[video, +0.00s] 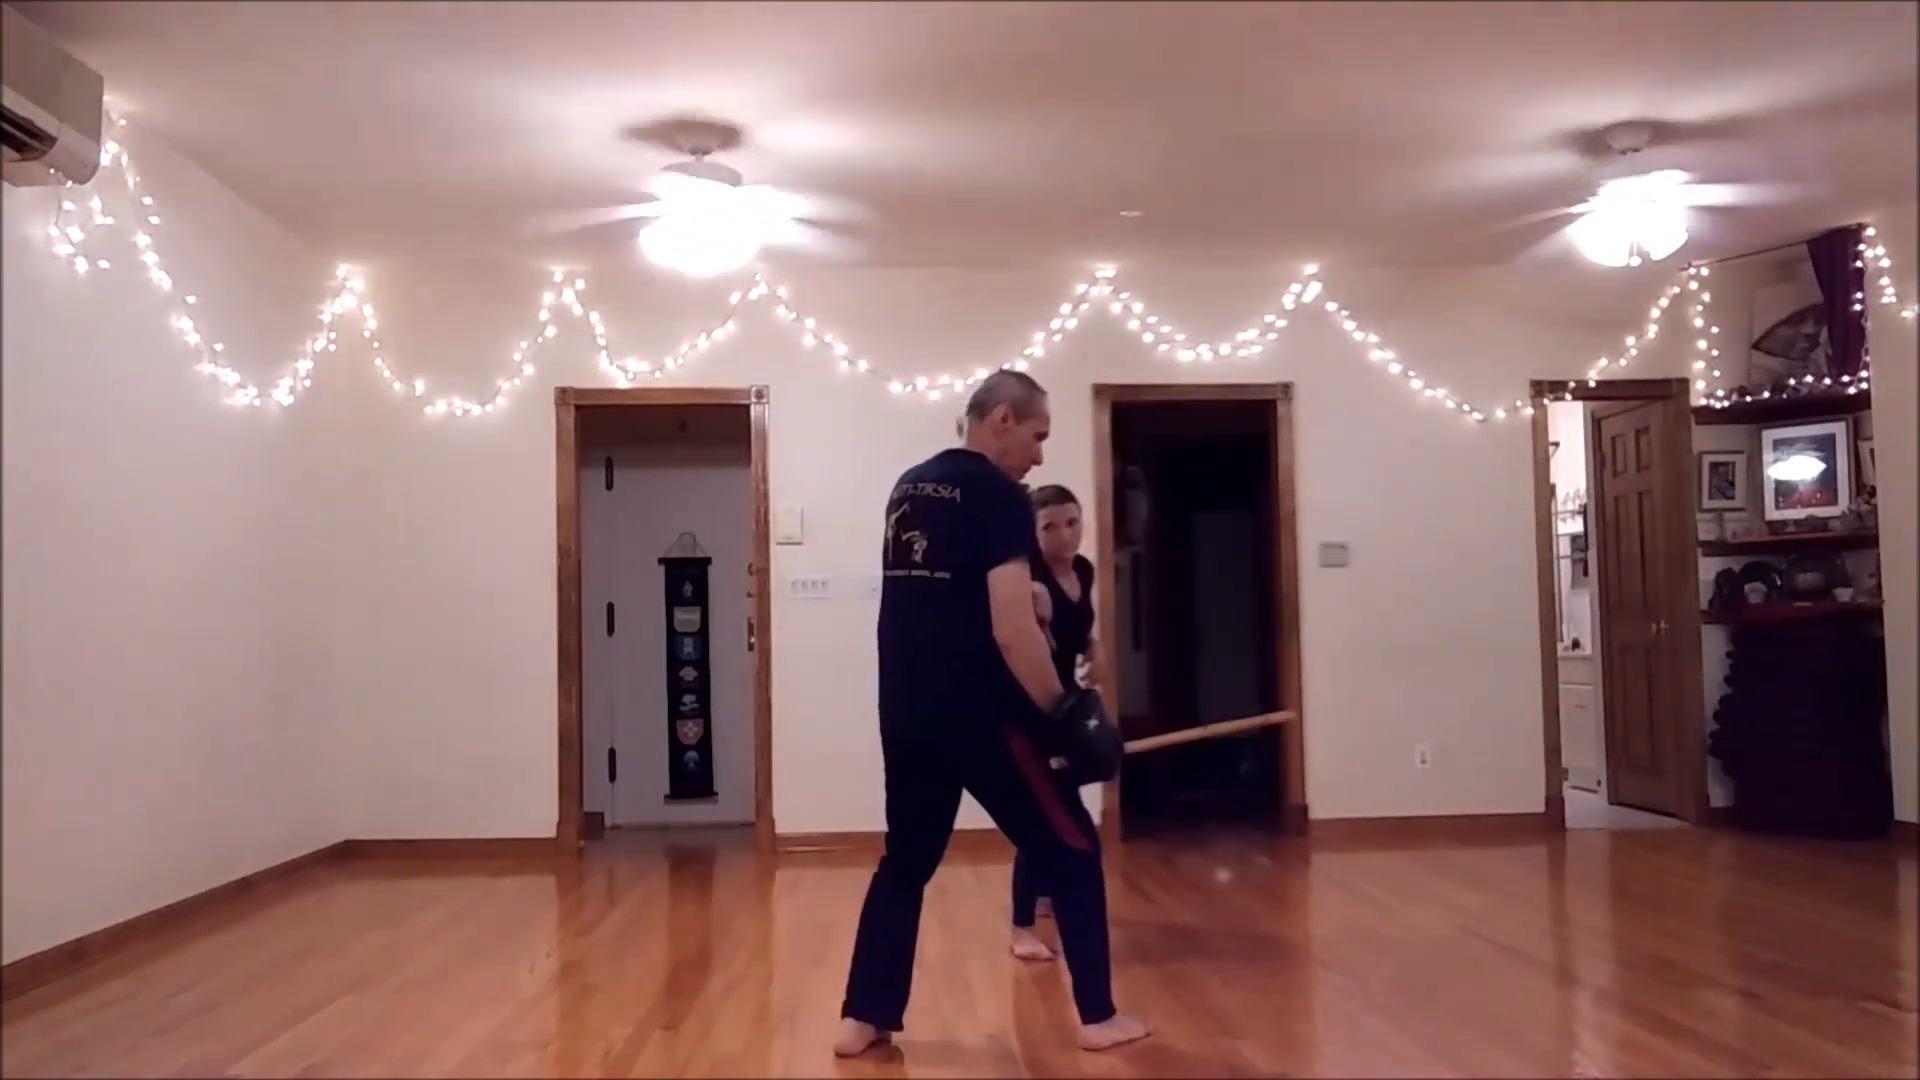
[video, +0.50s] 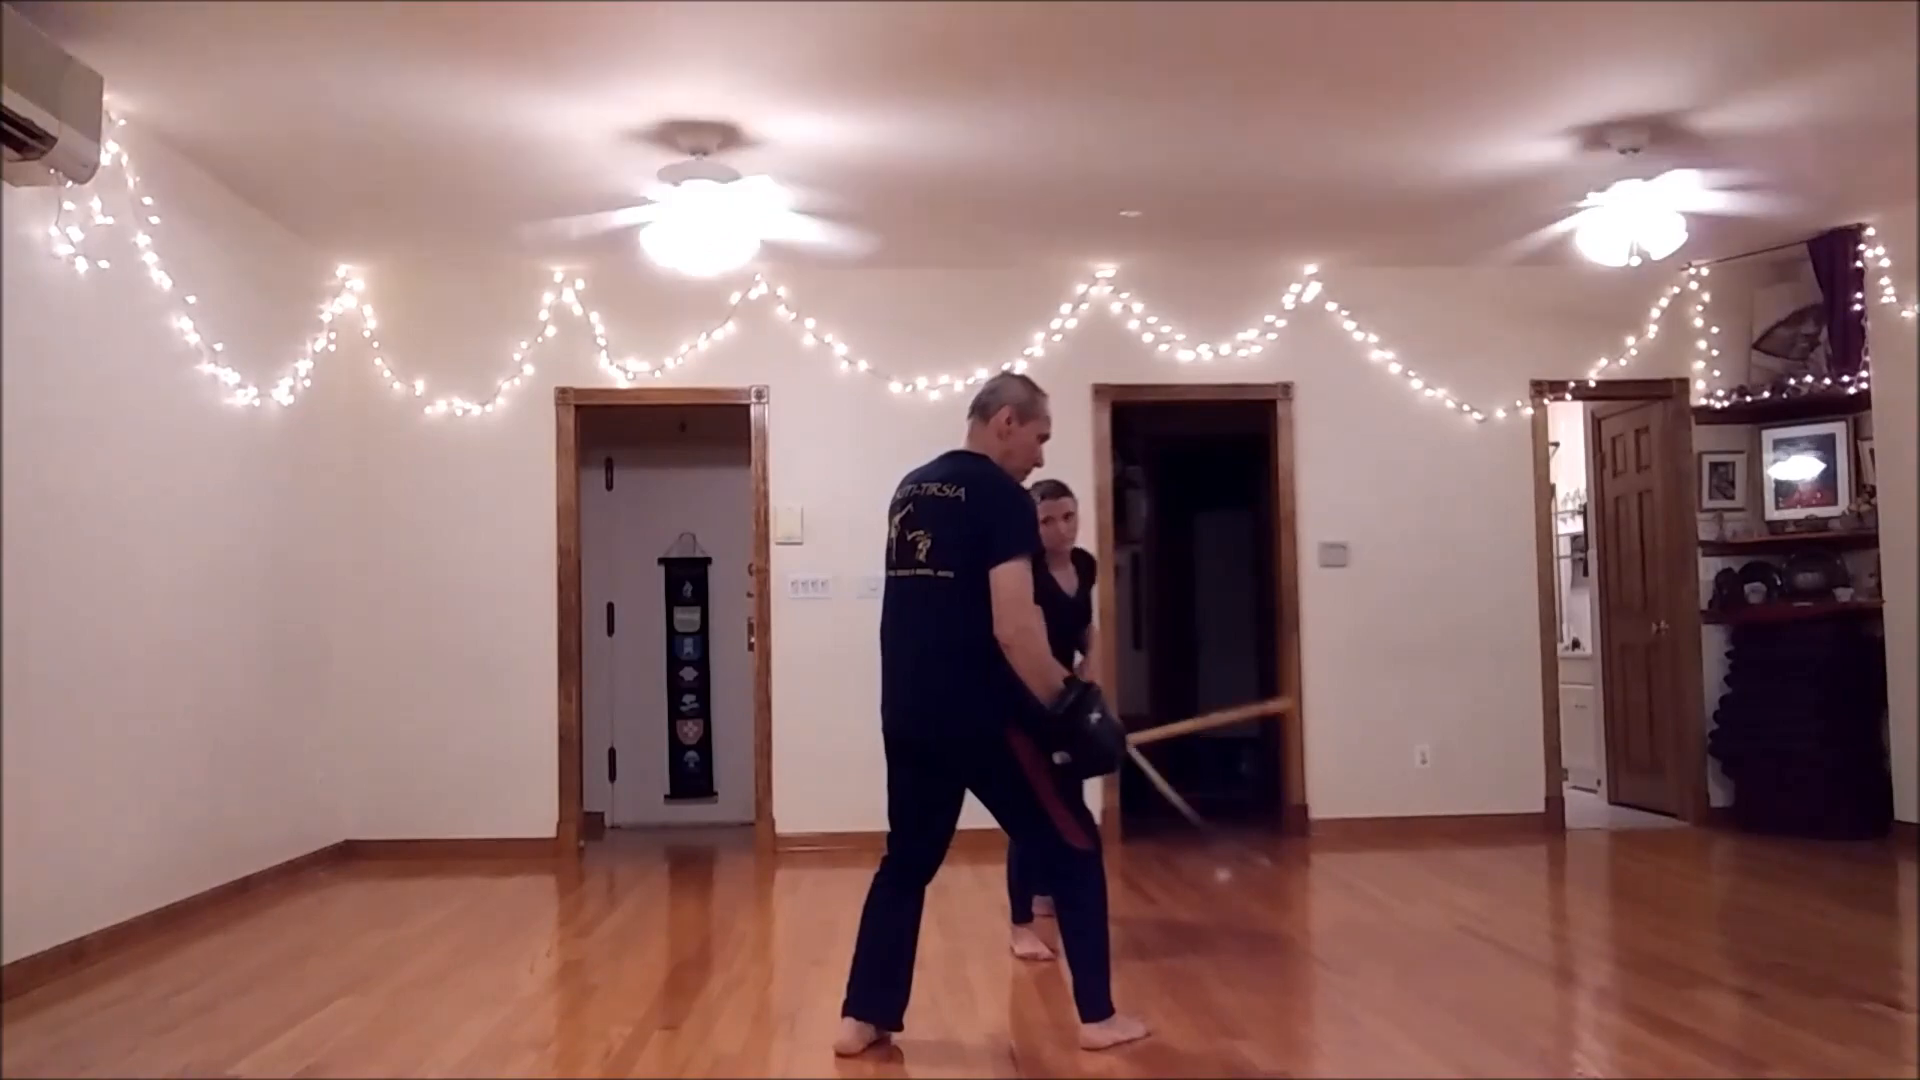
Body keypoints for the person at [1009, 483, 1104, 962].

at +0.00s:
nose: (1066, 533)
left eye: (1073, 523)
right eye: (1053, 525)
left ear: (1082, 526)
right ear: (1034, 532)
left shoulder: (1083, 572)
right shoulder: (1029, 582)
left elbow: (1083, 629)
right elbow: (1030, 646)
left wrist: (1096, 656)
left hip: (1067, 694)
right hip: (1027, 700)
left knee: (1054, 810)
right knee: (1048, 813)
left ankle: (1043, 915)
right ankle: (1023, 925)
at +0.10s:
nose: (1066, 534)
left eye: (1073, 523)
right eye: (1054, 526)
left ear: (1081, 526)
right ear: (1035, 533)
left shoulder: (1082, 572)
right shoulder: (1033, 584)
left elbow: (1087, 635)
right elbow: (1040, 646)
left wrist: (1099, 677)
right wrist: (1063, 700)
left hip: (1067, 692)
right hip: (1029, 698)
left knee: (1057, 808)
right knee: (1041, 813)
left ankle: (1052, 915)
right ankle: (1022, 925)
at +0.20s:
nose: (1067, 533)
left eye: (1072, 523)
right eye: (1055, 526)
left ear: (1081, 525)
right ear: (1036, 533)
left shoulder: (1081, 571)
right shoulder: (1033, 582)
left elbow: (1086, 631)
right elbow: (1052, 641)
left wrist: (1096, 659)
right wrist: (1074, 669)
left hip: (1071, 692)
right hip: (1031, 697)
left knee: (1061, 808)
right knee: (1037, 815)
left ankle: (1057, 915)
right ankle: (1022, 925)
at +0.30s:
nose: (1066, 533)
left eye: (1072, 522)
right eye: (1054, 525)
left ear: (1080, 524)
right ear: (1035, 531)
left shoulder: (1081, 570)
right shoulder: (1029, 577)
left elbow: (1086, 630)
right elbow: (1051, 638)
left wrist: (1094, 666)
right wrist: (1083, 677)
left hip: (1069, 691)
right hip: (1027, 696)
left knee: (1062, 807)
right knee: (1034, 816)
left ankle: (1052, 909)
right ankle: (1022, 924)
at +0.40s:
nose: (1066, 530)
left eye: (1071, 520)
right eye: (1054, 523)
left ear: (1079, 522)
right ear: (1034, 529)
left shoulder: (1082, 568)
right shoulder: (1025, 574)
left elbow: (1087, 632)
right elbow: (1025, 635)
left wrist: (1093, 672)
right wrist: (1062, 675)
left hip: (1067, 689)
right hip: (1024, 694)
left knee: (1066, 805)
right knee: (1032, 814)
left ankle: (1052, 909)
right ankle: (1022, 924)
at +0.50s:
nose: (1063, 527)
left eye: (1069, 517)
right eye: (1051, 520)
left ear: (1078, 519)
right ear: (1033, 526)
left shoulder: (1085, 567)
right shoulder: (1021, 571)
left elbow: (1087, 631)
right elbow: (1014, 633)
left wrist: (1090, 683)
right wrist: (1054, 692)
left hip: (1065, 688)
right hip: (1019, 692)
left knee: (1067, 801)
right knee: (1029, 810)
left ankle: (1049, 904)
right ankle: (1021, 923)